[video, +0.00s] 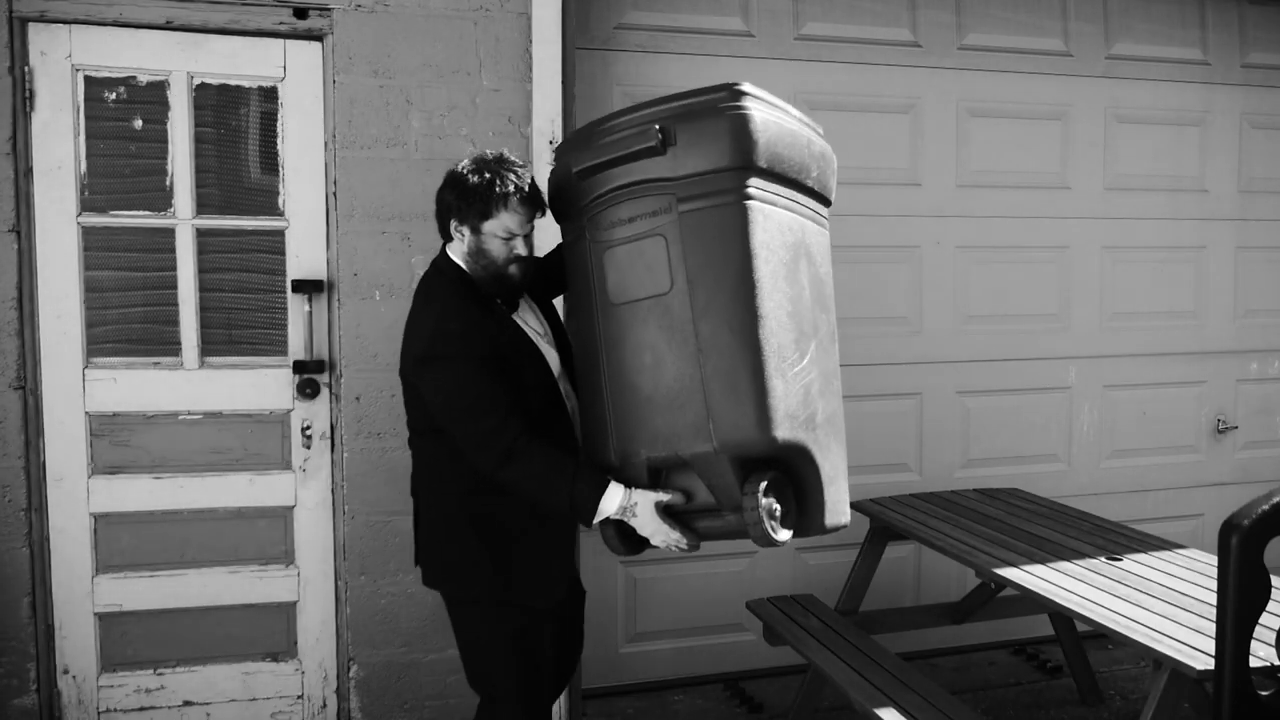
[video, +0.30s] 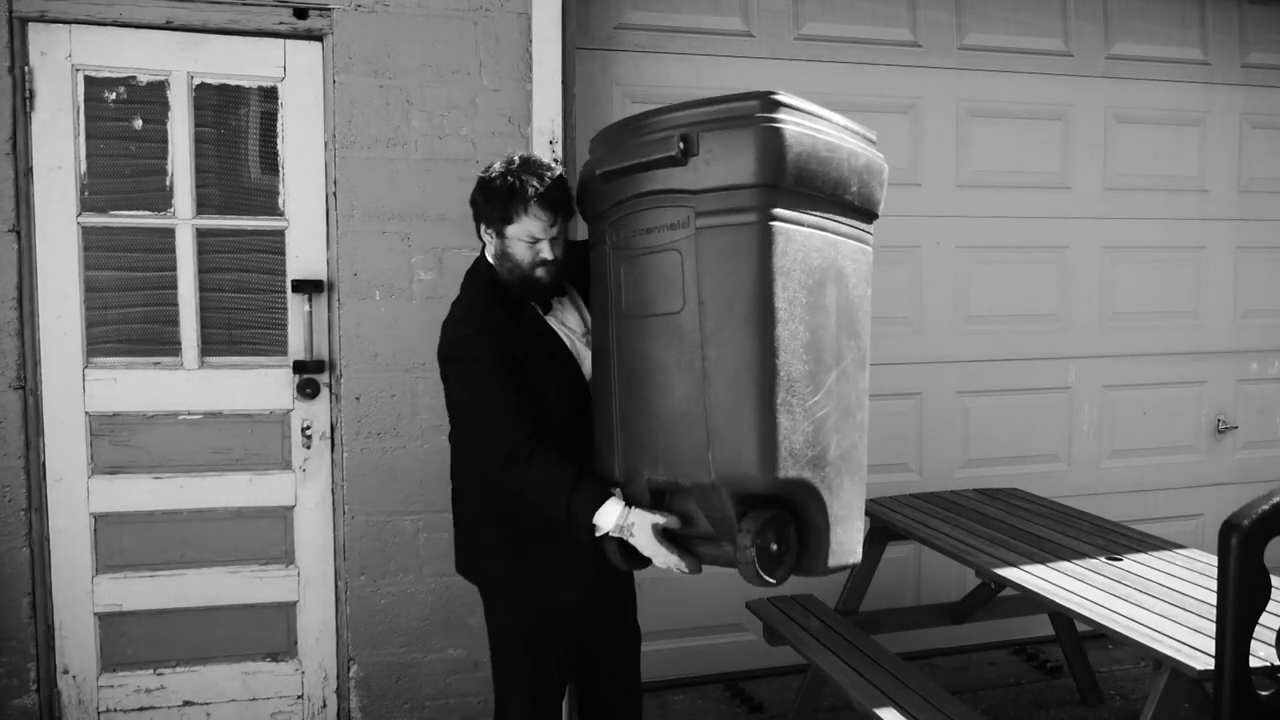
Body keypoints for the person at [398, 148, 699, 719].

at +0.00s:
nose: (525, 249)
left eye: (528, 234)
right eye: (509, 239)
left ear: (532, 219)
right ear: (460, 233)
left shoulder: (506, 280)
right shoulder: (443, 325)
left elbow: (579, 259)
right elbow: (503, 450)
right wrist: (619, 501)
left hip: (537, 534)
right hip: (488, 553)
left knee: (549, 678)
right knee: (513, 696)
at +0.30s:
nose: (551, 252)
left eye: (558, 235)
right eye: (533, 241)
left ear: (568, 221)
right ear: (490, 237)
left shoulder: (578, 271)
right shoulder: (474, 329)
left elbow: (652, 249)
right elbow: (513, 454)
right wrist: (620, 516)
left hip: (599, 544)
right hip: (523, 557)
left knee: (615, 700)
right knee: (530, 706)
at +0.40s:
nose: (560, 253)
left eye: (567, 236)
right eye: (541, 243)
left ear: (579, 221)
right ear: (501, 240)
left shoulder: (597, 267)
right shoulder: (483, 334)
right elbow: (520, 454)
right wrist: (616, 519)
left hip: (616, 542)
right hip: (538, 556)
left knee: (635, 698)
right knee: (536, 706)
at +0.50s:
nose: (568, 253)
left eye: (576, 236)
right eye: (551, 242)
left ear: (593, 226)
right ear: (515, 239)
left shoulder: (620, 287)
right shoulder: (496, 336)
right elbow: (528, 455)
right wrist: (615, 521)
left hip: (645, 542)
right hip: (558, 555)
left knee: (648, 700)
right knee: (546, 705)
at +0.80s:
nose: (587, 248)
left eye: (596, 232)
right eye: (570, 238)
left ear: (616, 224)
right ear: (542, 240)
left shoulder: (652, 293)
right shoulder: (530, 327)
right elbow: (539, 437)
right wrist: (598, 485)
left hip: (678, 524)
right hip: (594, 535)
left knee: (666, 685)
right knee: (591, 682)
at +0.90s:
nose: (589, 245)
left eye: (598, 227)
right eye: (572, 236)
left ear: (620, 219)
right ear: (545, 241)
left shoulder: (662, 292)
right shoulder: (535, 327)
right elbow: (538, 431)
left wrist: (762, 187)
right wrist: (589, 478)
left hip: (687, 526)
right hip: (600, 532)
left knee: (671, 683)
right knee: (593, 679)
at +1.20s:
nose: (585, 249)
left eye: (595, 231)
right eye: (567, 240)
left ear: (615, 221)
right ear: (545, 245)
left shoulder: (661, 256)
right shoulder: (530, 326)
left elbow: (725, 250)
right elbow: (506, 424)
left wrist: (741, 204)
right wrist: (522, 429)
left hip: (691, 498)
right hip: (592, 514)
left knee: (678, 669)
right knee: (585, 674)